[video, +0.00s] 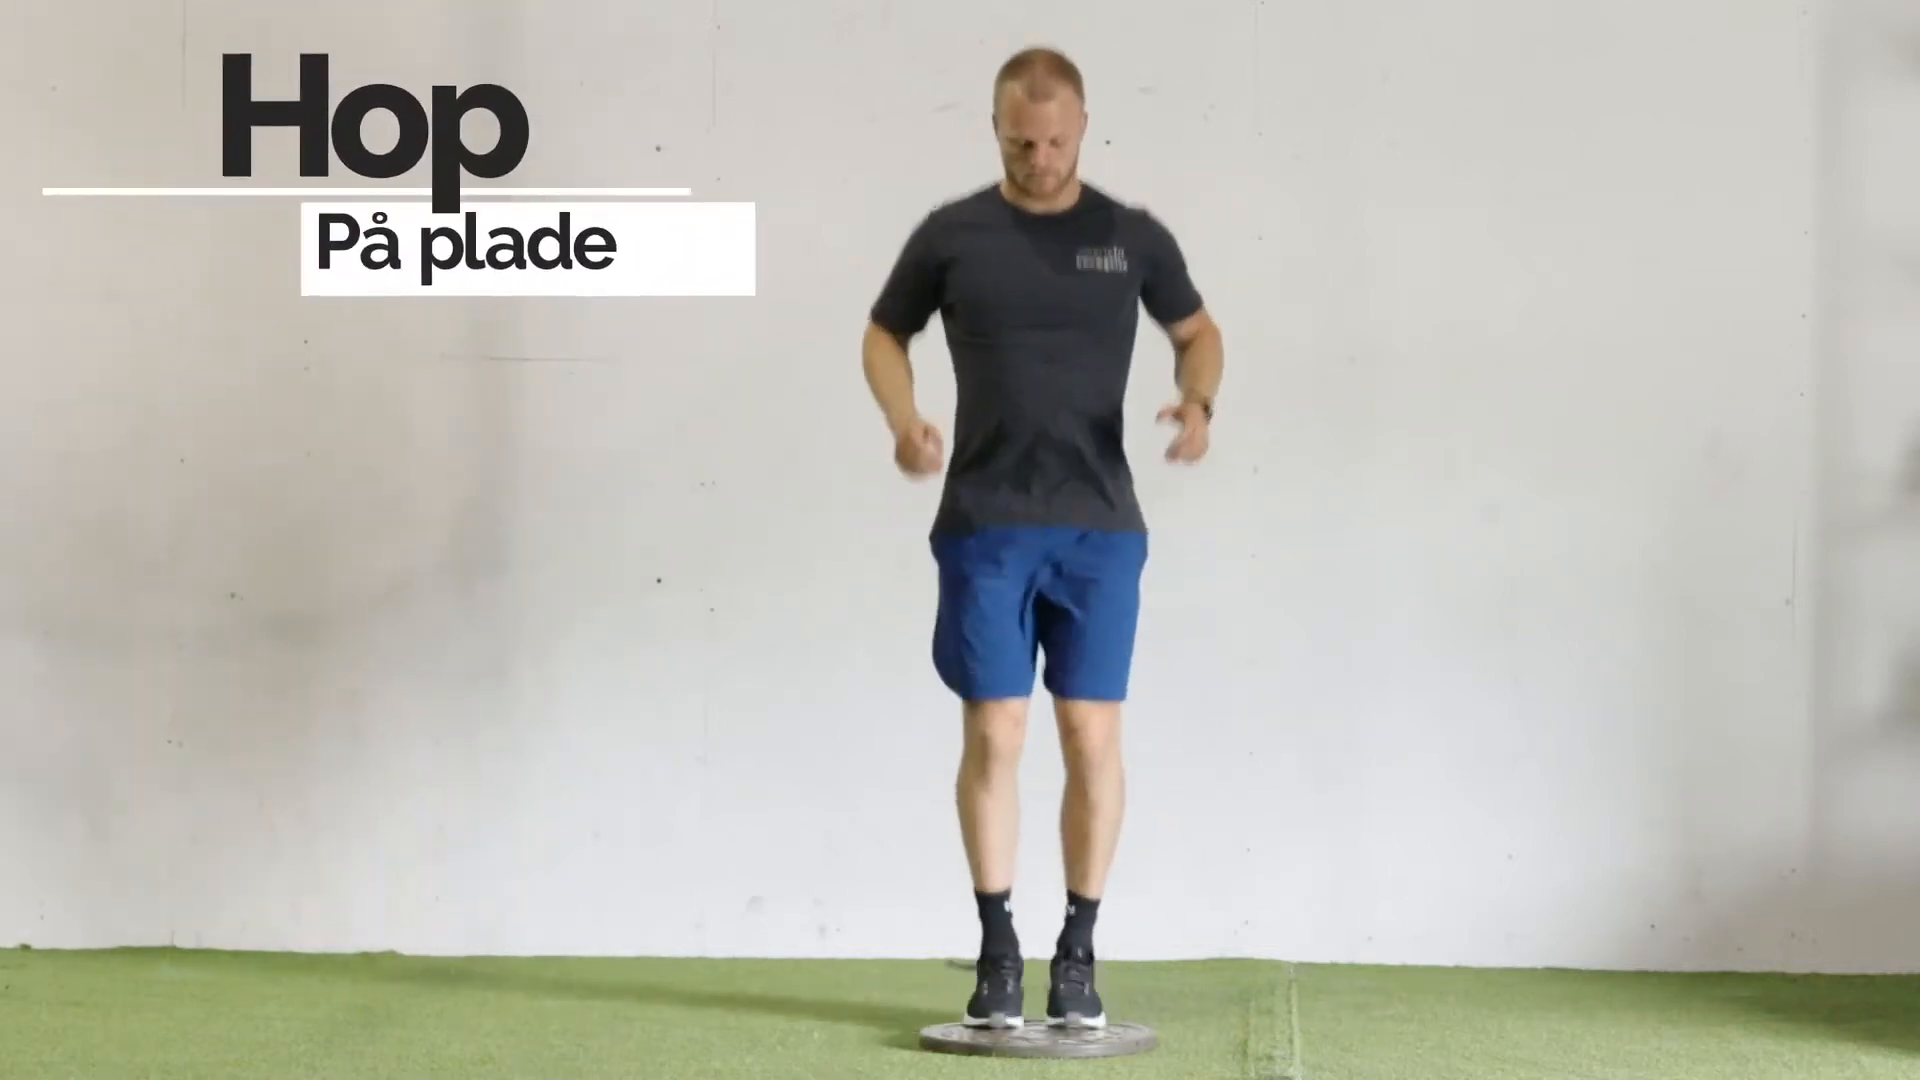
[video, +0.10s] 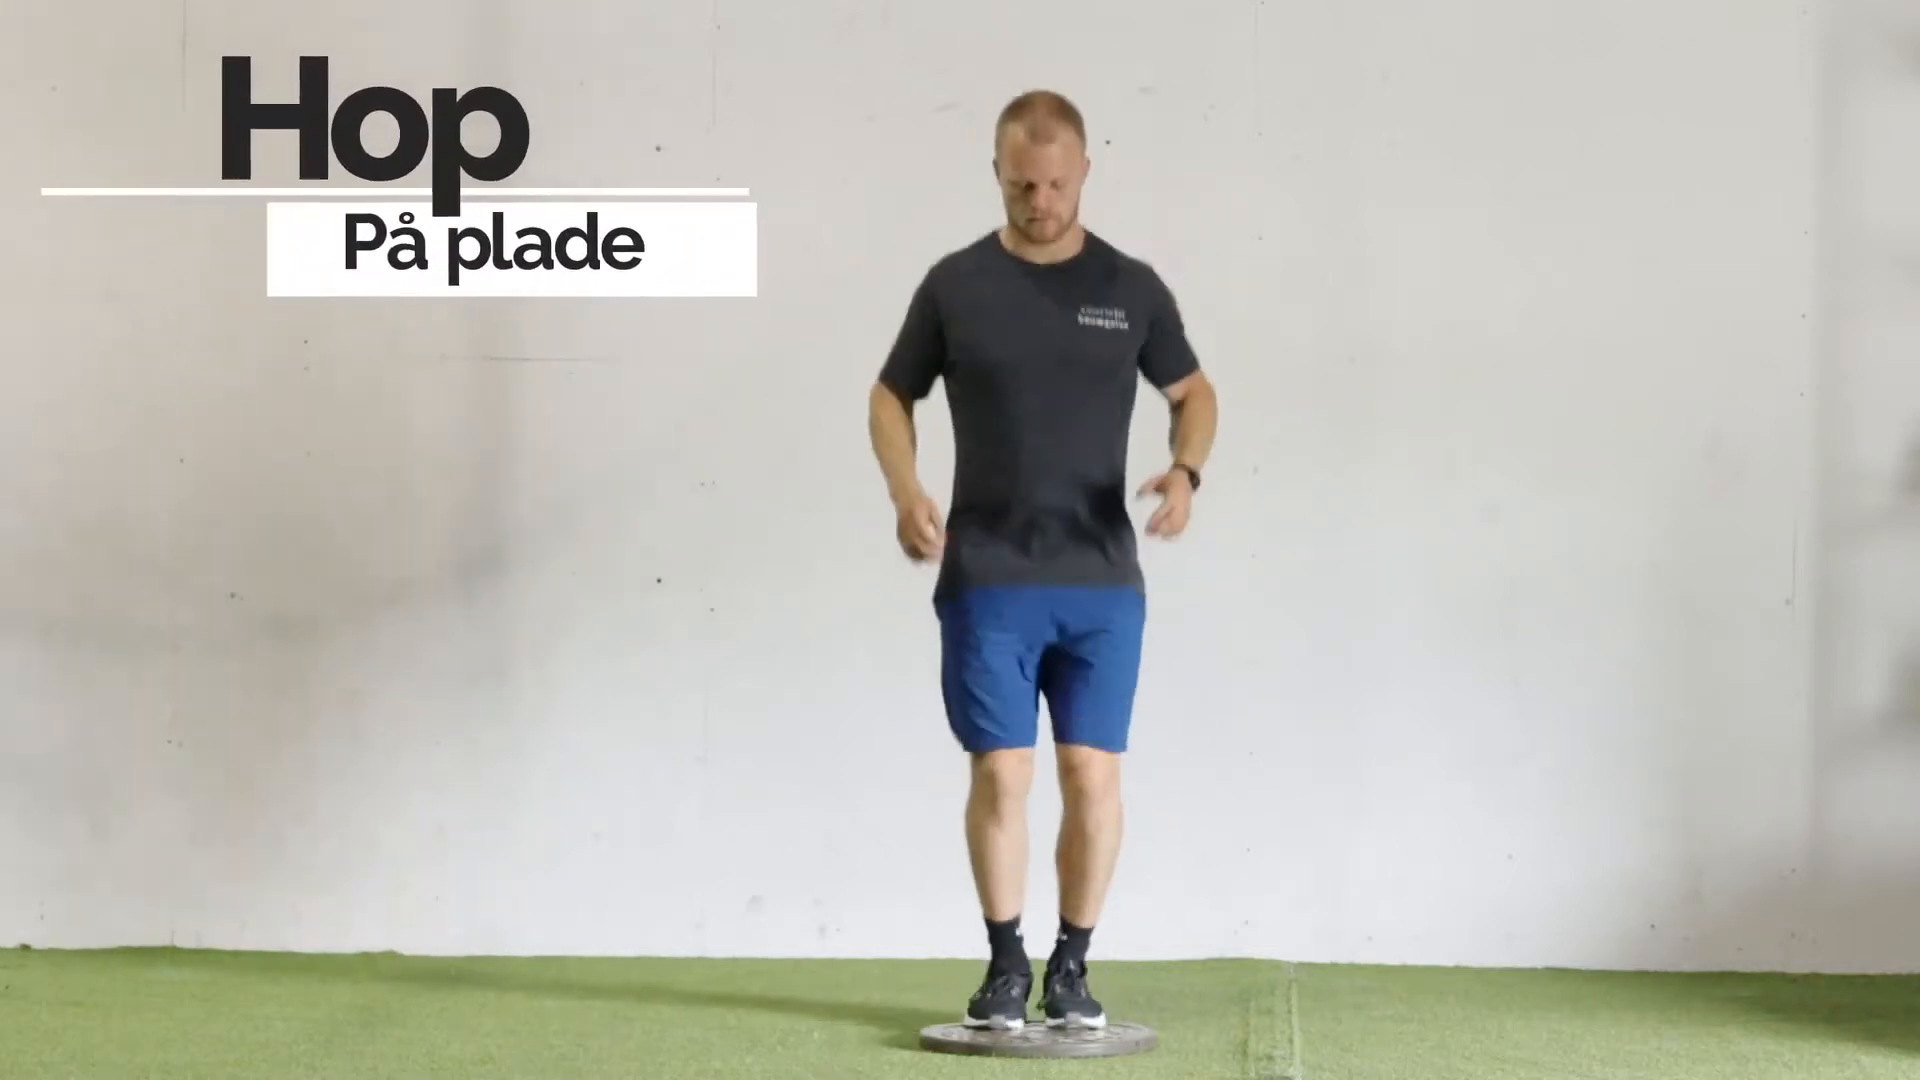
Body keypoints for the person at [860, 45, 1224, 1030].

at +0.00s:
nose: (1041, 155)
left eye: (1057, 138)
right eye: (1024, 139)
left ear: (1082, 131)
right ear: (999, 132)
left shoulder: (1132, 237)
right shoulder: (951, 235)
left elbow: (1195, 330)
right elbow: (885, 334)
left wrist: (1198, 399)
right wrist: (905, 418)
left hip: (1099, 521)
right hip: (986, 519)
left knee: (1091, 736)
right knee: (995, 736)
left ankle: (1077, 955)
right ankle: (999, 956)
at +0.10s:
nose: (1041, 201)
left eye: (1057, 183)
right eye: (1024, 184)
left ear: (1084, 173)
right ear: (999, 174)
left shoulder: (1132, 287)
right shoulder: (953, 286)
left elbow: (1193, 393)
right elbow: (891, 398)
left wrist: (1185, 466)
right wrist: (907, 493)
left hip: (1100, 571)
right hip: (988, 569)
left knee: (1091, 773)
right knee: (1001, 775)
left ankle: (1070, 970)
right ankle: (1007, 966)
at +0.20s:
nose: (1040, 148)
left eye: (1056, 131)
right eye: (1024, 132)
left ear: (1086, 123)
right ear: (1000, 125)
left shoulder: (1135, 233)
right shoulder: (955, 229)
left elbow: (1181, 340)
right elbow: (894, 329)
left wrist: (1165, 428)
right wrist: (914, 440)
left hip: (1107, 527)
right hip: (989, 525)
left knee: (1102, 731)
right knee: (991, 727)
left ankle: (1082, 949)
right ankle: (993, 947)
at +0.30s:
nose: (1039, 122)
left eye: (1056, 105)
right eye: (1023, 105)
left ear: (1088, 94)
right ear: (1001, 95)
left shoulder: (1134, 200)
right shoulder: (955, 198)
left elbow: (1188, 300)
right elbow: (890, 287)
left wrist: (1167, 393)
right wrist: (912, 397)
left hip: (1107, 495)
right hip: (989, 495)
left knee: (1105, 702)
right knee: (989, 699)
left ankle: (1086, 918)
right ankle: (992, 918)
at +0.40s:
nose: (1044, 141)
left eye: (1060, 124)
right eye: (1028, 124)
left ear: (1088, 114)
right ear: (1003, 115)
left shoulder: (1138, 223)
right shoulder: (953, 221)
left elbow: (1195, 323)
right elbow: (897, 317)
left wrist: (1178, 422)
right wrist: (911, 429)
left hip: (1107, 514)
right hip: (990, 512)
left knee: (1100, 722)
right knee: (995, 723)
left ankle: (1088, 927)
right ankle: (995, 928)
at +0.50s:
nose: (1043, 189)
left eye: (1059, 172)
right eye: (1026, 173)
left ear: (1088, 163)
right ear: (1003, 167)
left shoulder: (1137, 278)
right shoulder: (955, 280)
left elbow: (1197, 384)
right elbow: (903, 386)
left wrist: (1184, 478)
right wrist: (915, 475)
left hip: (1103, 564)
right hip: (990, 562)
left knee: (1097, 773)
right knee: (995, 774)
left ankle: (1087, 959)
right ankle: (1002, 961)